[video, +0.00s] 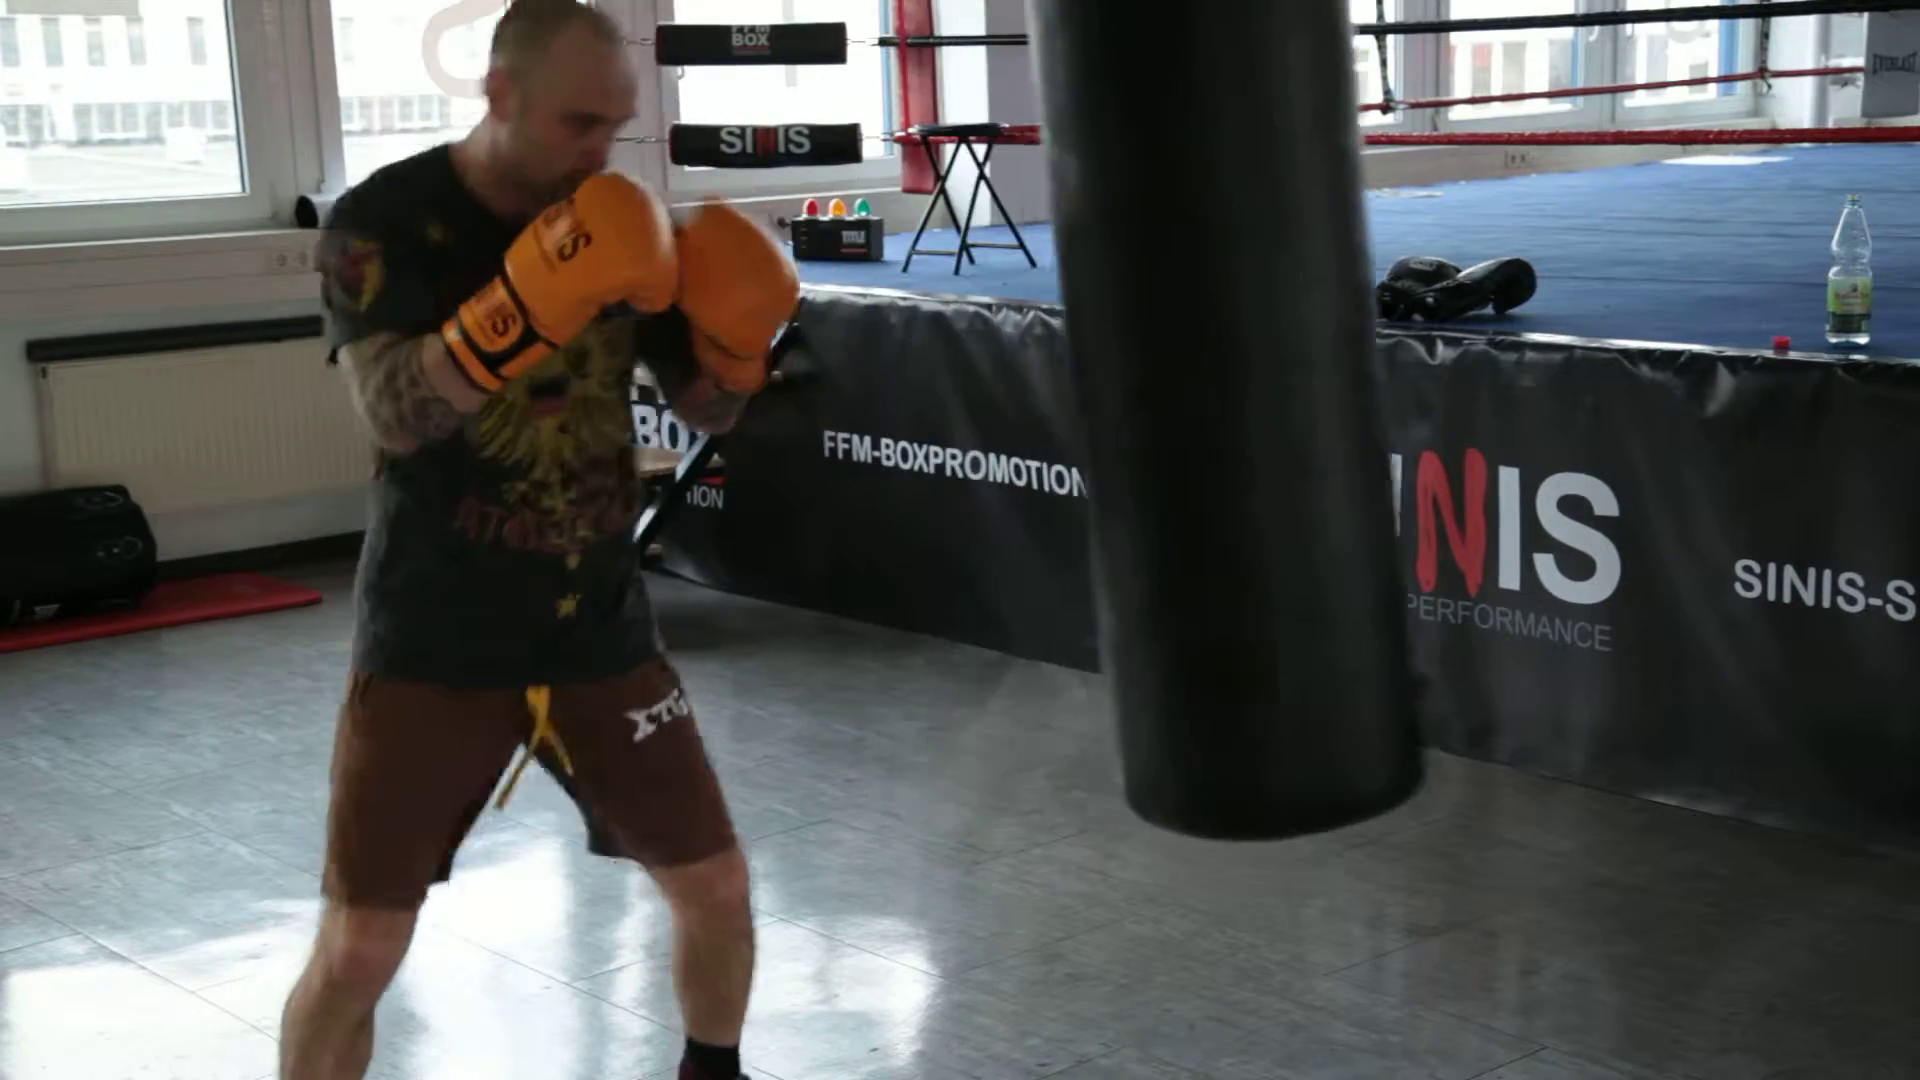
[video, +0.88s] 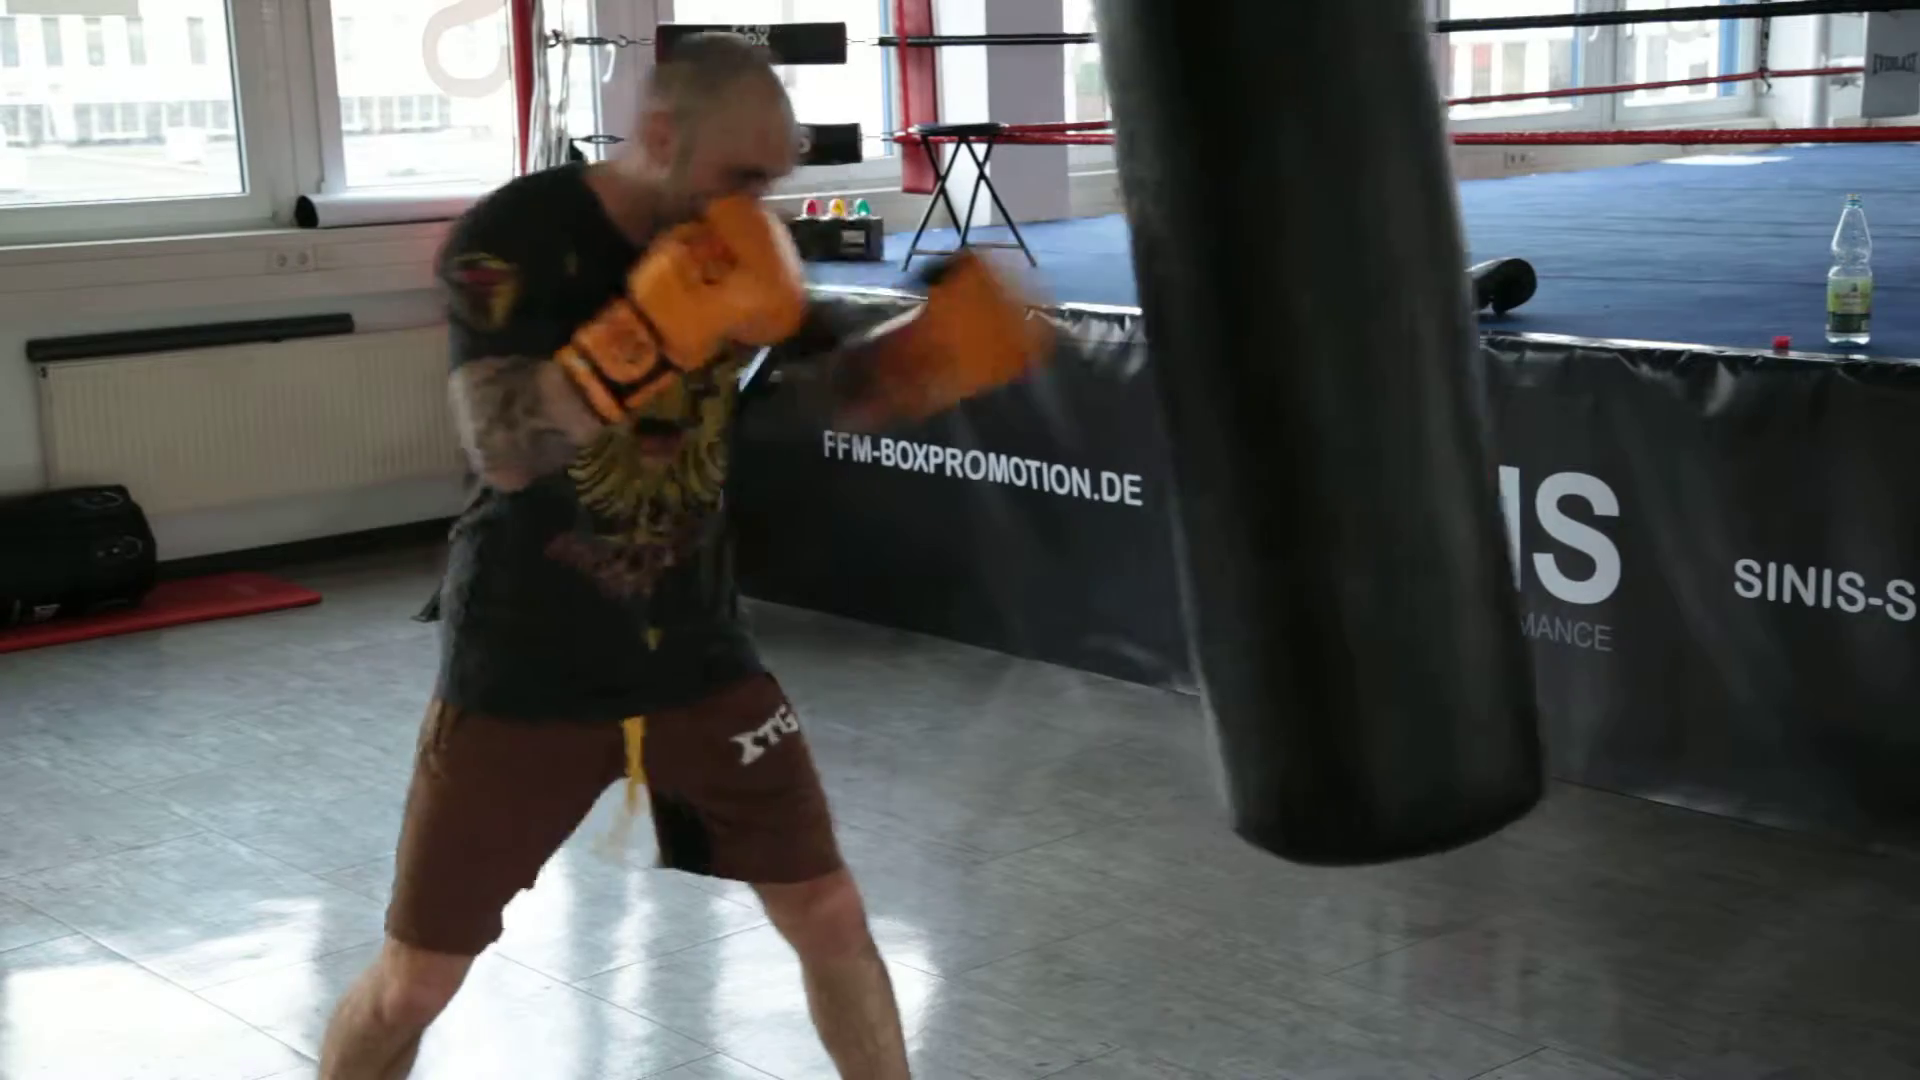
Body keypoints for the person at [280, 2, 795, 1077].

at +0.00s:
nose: (605, 149)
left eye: (617, 124)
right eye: (584, 123)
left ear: (625, 112)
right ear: (503, 94)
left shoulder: (607, 227)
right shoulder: (380, 219)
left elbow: (704, 407)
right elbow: (391, 415)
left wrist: (737, 341)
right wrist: (530, 301)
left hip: (597, 624)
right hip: (434, 637)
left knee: (717, 888)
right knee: (360, 951)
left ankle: (712, 1071)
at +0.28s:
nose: (661, 159)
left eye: (673, 132)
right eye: (638, 132)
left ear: (681, 119)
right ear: (551, 101)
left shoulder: (653, 225)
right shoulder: (423, 225)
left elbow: (756, 412)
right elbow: (436, 419)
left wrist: (791, 320)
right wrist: (583, 319)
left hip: (649, 632)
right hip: (479, 647)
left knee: (798, 905)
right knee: (384, 956)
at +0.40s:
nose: (751, 182)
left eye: (763, 155)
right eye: (729, 153)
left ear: (774, 141)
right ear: (647, 127)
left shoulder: (760, 253)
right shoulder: (518, 248)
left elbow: (823, 465)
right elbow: (460, 472)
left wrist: (844, 363)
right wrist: (579, 373)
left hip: (725, 658)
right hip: (552, 671)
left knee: (864, 919)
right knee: (421, 974)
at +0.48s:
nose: (830, 187)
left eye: (841, 162)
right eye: (815, 158)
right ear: (734, 126)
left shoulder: (797, 246)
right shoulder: (583, 229)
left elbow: (819, 466)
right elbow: (511, 456)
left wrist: (866, 380)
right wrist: (644, 352)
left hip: (731, 643)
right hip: (576, 657)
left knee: (859, 909)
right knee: (470, 978)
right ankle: (354, 1069)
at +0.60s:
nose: (858, 203)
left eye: (871, 178)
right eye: (845, 171)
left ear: (772, 133)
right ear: (762, 129)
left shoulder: (750, 241)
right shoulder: (636, 220)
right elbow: (773, 362)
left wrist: (869, 329)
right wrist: (930, 314)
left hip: (722, 629)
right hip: (588, 649)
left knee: (855, 897)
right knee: (479, 987)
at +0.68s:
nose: (844, 203)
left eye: (858, 178)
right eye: (833, 171)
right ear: (749, 131)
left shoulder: (781, 244)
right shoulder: (597, 232)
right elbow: (631, 424)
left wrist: (921, 298)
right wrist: (819, 354)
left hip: (725, 643)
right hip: (569, 663)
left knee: (854, 909)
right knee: (453, 973)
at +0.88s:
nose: (756, 207)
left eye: (769, 185)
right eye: (743, 178)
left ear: (673, 143)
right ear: (661, 137)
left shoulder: (718, 249)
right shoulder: (507, 240)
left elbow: (826, 374)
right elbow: (501, 446)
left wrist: (947, 336)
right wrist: (660, 323)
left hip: (695, 650)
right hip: (527, 668)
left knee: (828, 913)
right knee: (413, 986)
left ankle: (890, 1078)